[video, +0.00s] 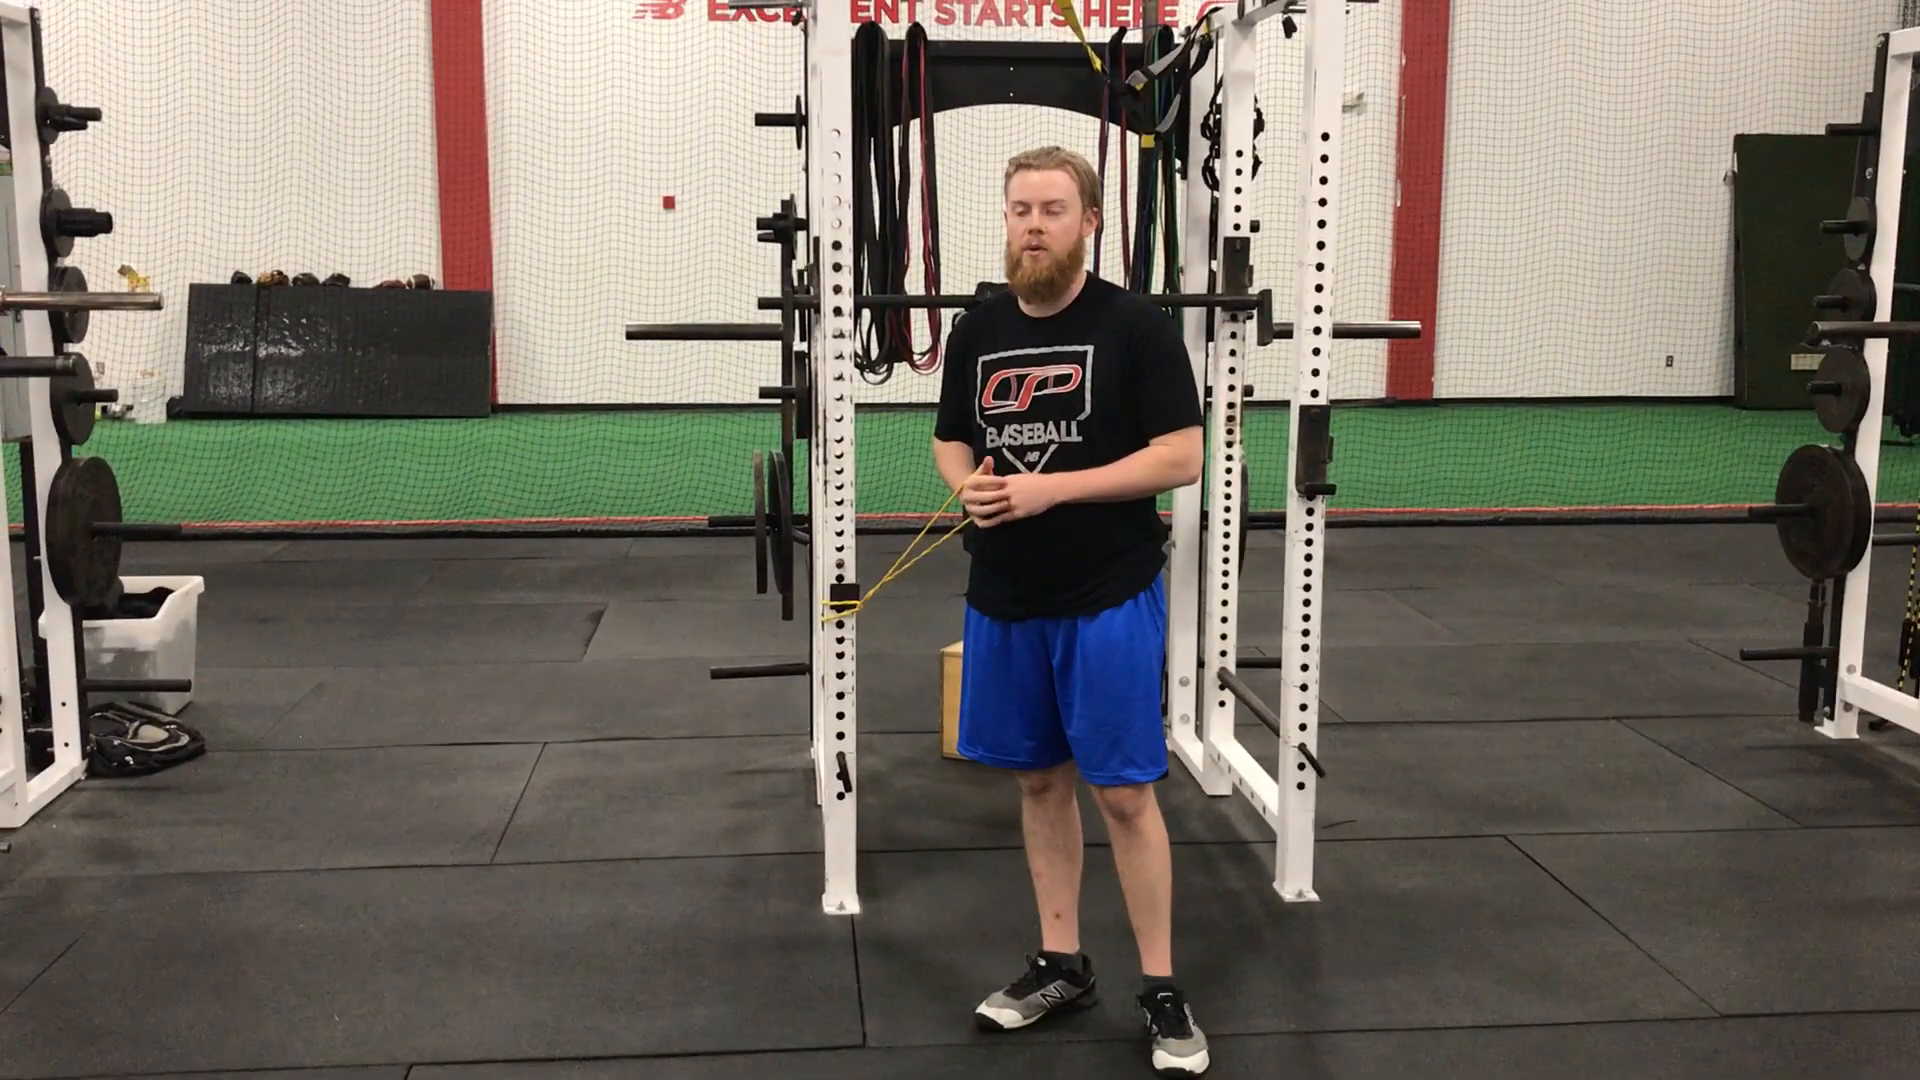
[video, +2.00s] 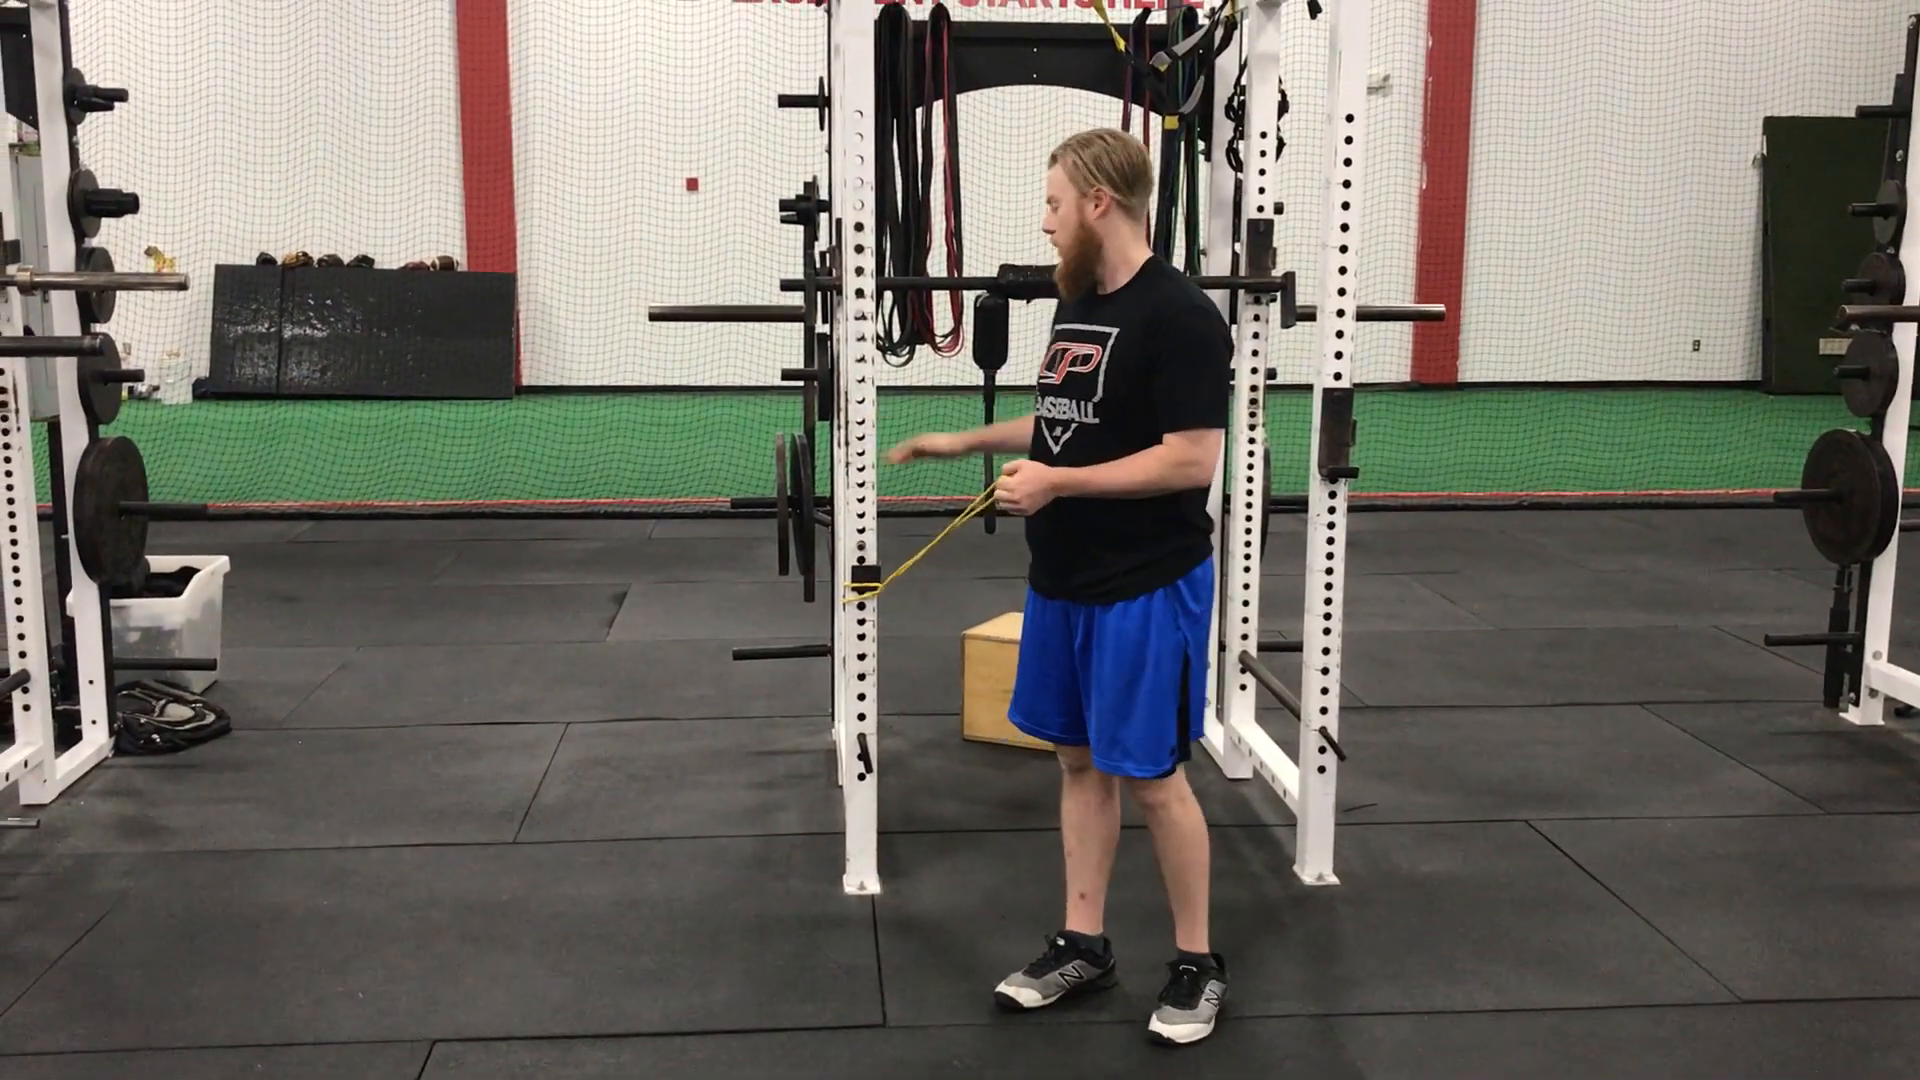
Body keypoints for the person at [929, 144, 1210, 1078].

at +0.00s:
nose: (1030, 225)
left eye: (1050, 210)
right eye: (1019, 210)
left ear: (1089, 224)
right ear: (1002, 222)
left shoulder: (1136, 326)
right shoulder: (978, 326)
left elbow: (1183, 456)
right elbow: (950, 444)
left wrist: (1053, 486)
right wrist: (973, 487)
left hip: (1112, 600)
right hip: (1008, 601)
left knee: (1125, 797)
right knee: (1040, 783)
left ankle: (1160, 990)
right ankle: (1061, 963)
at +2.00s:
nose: (1047, 224)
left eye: (1053, 206)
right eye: (1046, 207)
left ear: (1098, 203)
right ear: (1098, 206)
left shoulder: (1181, 315)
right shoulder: (1078, 307)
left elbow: (1194, 460)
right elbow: (1064, 429)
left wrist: (1060, 480)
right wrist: (963, 442)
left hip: (1150, 585)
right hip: (1066, 581)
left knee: (1154, 775)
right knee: (1081, 760)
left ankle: (1195, 963)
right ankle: (1080, 945)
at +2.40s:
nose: (1089, 228)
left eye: (1095, 211)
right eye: (1089, 212)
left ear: (1131, 213)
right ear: (1147, 210)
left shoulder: (1230, 324)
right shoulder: (1122, 311)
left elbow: (1246, 471)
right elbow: (1105, 448)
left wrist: (1111, 495)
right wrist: (1016, 511)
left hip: (1196, 599)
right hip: (1108, 591)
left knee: (1200, 783)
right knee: (1103, 767)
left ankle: (1205, 972)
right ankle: (1089, 954)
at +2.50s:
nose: (1097, 230)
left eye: (1103, 214)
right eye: (1098, 214)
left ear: (1141, 216)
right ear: (1152, 213)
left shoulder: (1237, 326)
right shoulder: (1127, 311)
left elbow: (1252, 476)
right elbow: (1109, 436)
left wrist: (1114, 495)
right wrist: (1019, 509)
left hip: (1203, 601)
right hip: (1112, 593)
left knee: (1206, 787)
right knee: (1101, 768)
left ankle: (1207, 974)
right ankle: (1089, 954)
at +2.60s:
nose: (1100, 233)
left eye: (1107, 216)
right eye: (1101, 217)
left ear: (1145, 218)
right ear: (1156, 215)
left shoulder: (1241, 329)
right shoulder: (1130, 312)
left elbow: (1257, 478)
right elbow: (1112, 436)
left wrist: (1120, 498)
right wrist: (1021, 510)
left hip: (1207, 603)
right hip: (1114, 593)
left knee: (1211, 789)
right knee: (1098, 768)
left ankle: (1209, 974)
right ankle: (1090, 954)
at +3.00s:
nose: (1095, 242)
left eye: (1102, 224)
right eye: (1095, 224)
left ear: (1147, 224)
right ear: (1149, 222)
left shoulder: (1236, 334)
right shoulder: (1128, 317)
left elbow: (1245, 482)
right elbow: (1098, 437)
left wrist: (1107, 505)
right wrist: (1035, 525)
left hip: (1196, 606)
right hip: (1106, 597)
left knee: (1209, 788)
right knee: (1101, 772)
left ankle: (1211, 974)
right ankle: (1095, 958)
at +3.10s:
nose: (1088, 243)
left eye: (1095, 224)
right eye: (1088, 224)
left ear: (1142, 223)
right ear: (1144, 222)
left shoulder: (1229, 331)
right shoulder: (1123, 319)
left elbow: (1244, 478)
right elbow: (1099, 458)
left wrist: (1103, 501)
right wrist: (1037, 550)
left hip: (1196, 604)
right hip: (1104, 597)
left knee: (1207, 786)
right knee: (1102, 771)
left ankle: (1211, 975)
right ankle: (1095, 957)